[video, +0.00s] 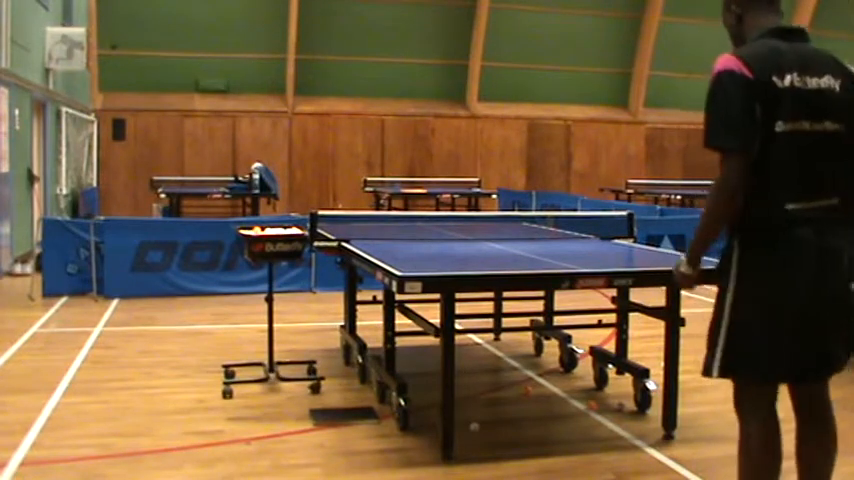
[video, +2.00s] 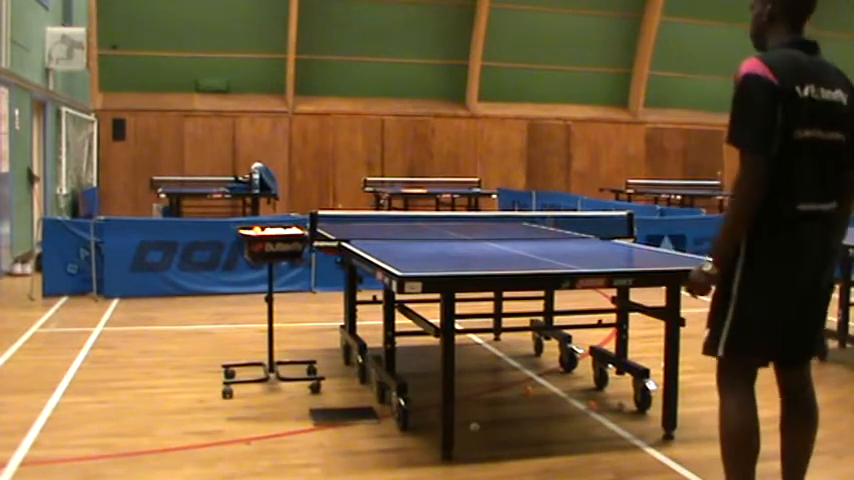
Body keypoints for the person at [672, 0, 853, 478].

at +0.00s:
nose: (726, 32)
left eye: (726, 20)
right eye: (728, 21)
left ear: (735, 13)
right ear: (780, 13)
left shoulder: (740, 67)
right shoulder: (837, 69)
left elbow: (733, 178)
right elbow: (845, 172)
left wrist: (692, 257)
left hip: (766, 257)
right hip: (830, 253)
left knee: (754, 400)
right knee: (813, 395)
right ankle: (815, 476)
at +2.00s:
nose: (749, 19)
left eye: (752, 9)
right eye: (752, 10)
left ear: (766, 11)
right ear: (803, 17)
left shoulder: (760, 73)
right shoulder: (838, 80)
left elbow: (752, 179)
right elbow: (846, 183)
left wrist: (717, 261)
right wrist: (826, 249)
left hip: (765, 251)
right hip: (816, 254)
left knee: (734, 375)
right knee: (796, 372)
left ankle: (739, 475)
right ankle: (793, 475)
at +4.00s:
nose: (771, 28)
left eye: (771, 18)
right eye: (770, 19)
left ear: (782, 15)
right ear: (822, 13)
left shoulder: (787, 67)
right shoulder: (850, 63)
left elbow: (771, 167)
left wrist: (737, 149)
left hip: (792, 246)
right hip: (845, 245)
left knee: (753, 390)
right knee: (834, 392)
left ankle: (738, 473)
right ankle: (835, 474)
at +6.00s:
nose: (550, 55)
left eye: (550, 49)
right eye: (556, 49)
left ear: (555, 49)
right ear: (595, 44)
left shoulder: (541, 97)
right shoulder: (640, 81)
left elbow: (524, 181)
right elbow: (677, 156)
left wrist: (515, 174)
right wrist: (631, 161)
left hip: (585, 234)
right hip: (643, 229)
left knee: (566, 358)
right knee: (667, 344)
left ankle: (561, 469)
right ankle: (679, 461)